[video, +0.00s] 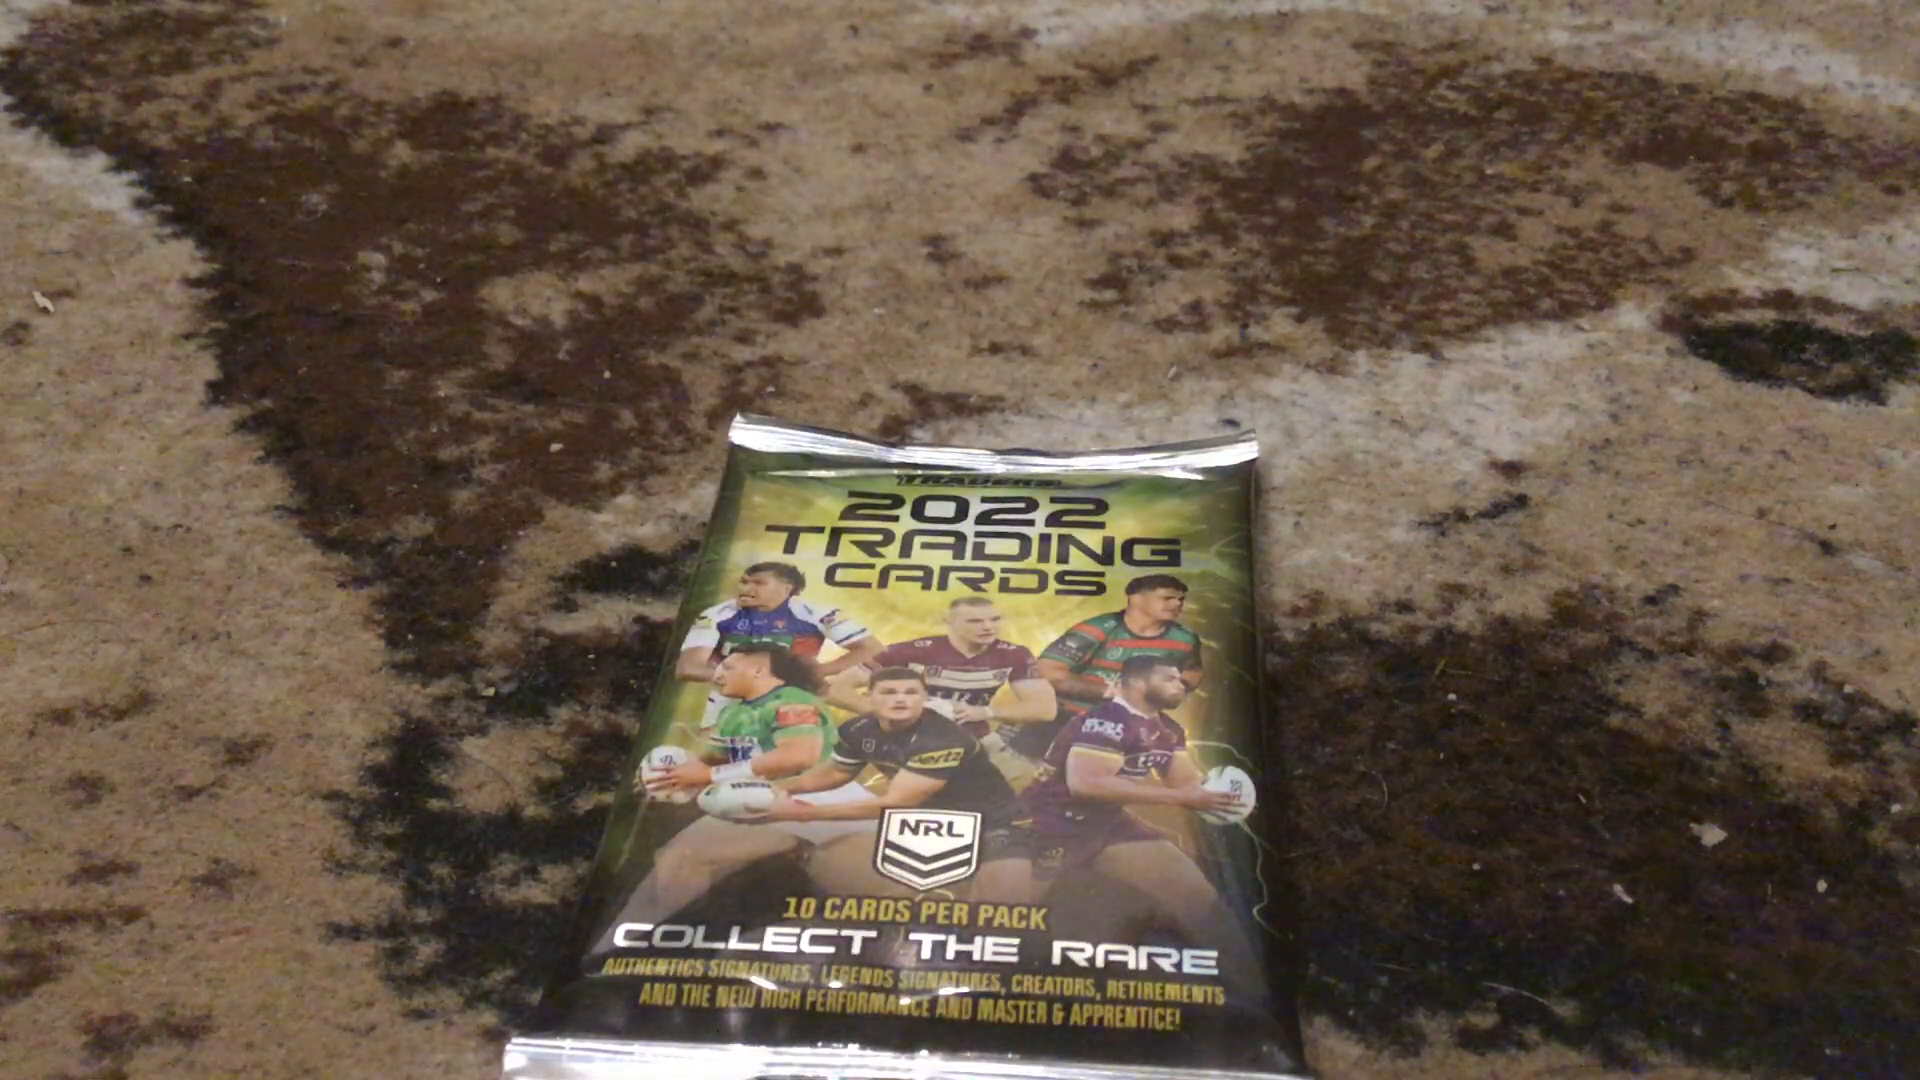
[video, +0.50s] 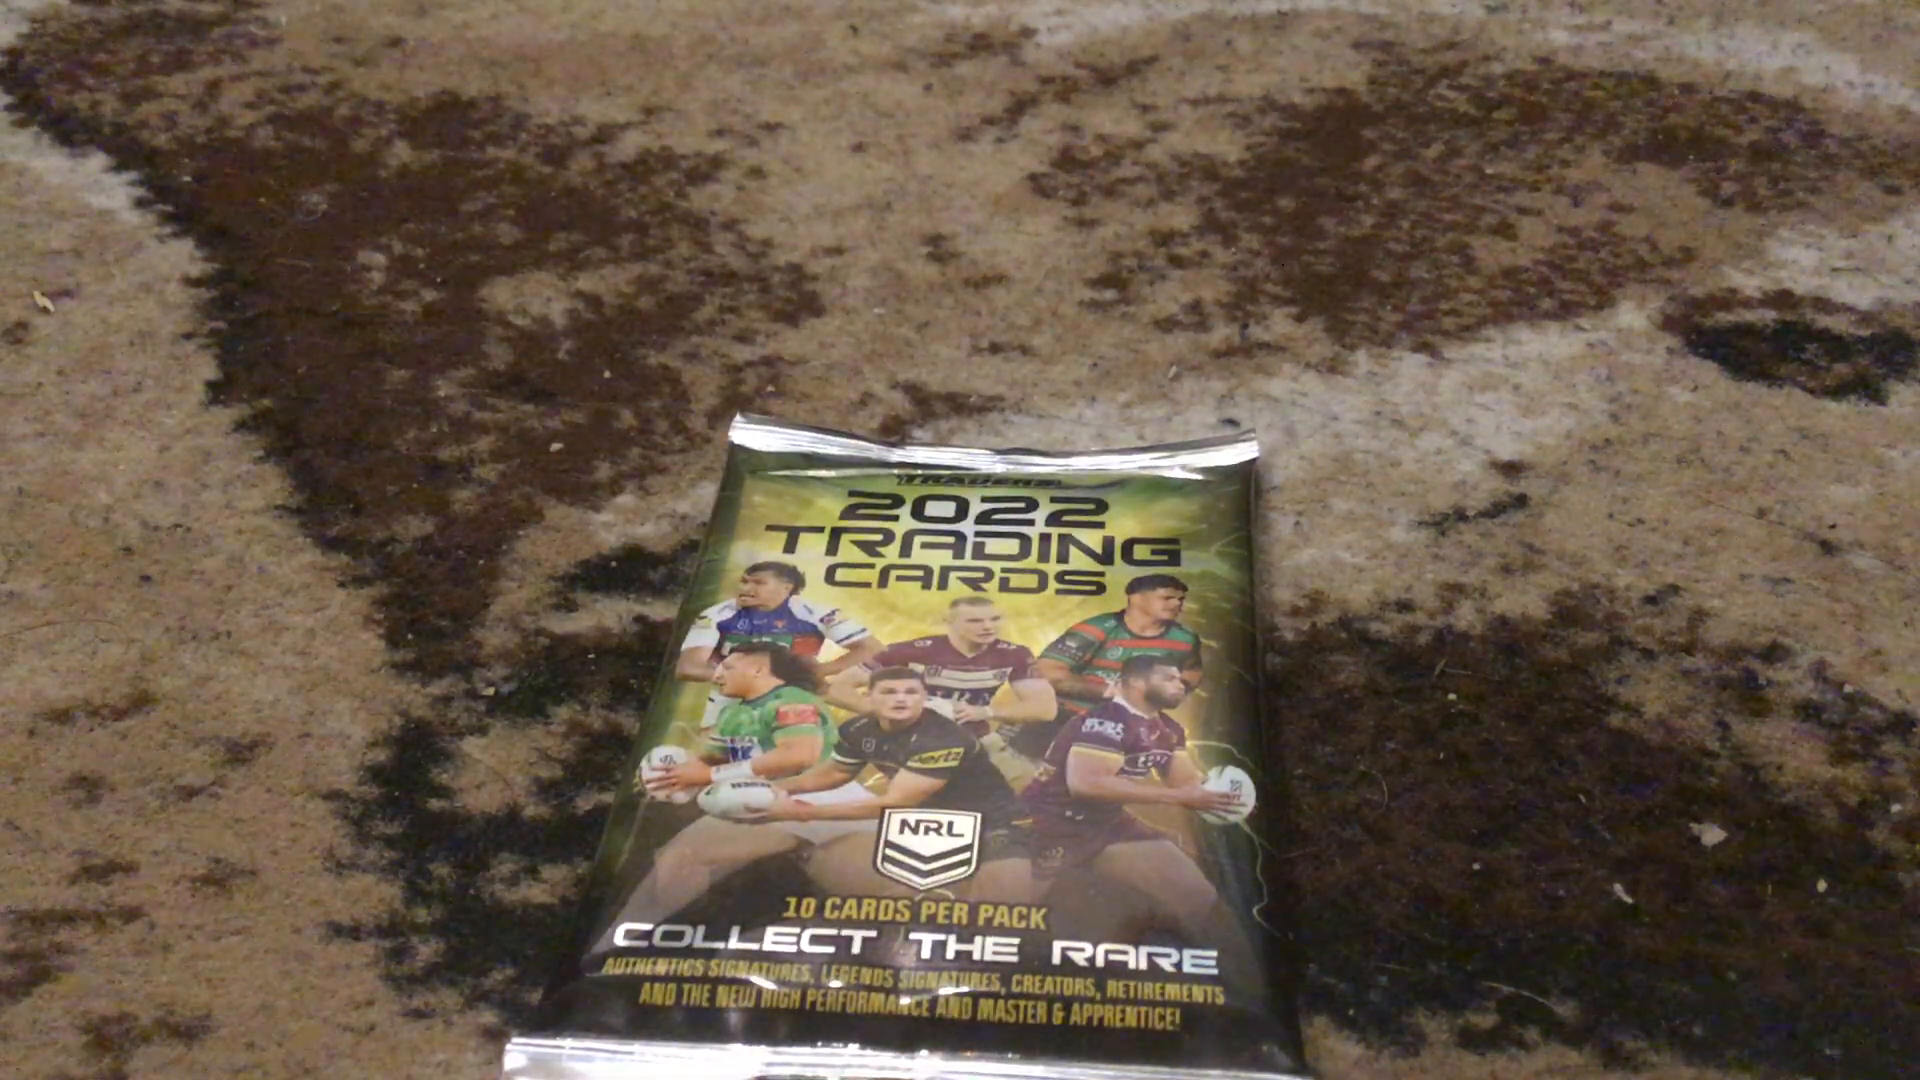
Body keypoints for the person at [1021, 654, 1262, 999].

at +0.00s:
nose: (1179, 683)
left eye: (1178, 678)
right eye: (1169, 678)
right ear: (1134, 681)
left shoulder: (1168, 732)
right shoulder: (1105, 720)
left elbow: (1187, 783)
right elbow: (1084, 781)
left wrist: (1224, 798)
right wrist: (1181, 796)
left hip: (1105, 826)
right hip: (1042, 827)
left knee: (1197, 898)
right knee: (1002, 927)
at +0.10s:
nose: (1179, 679)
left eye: (1178, 674)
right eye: (1167, 673)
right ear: (1135, 681)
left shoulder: (1168, 730)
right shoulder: (1107, 718)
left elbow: (1185, 781)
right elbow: (1085, 782)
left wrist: (1225, 797)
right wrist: (1181, 797)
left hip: (1104, 826)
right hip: (1045, 827)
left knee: (1189, 890)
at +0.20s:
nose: (1179, 682)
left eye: (1178, 677)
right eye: (1168, 677)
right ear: (1134, 682)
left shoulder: (1168, 732)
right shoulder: (1106, 719)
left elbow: (1187, 784)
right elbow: (1084, 781)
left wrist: (1227, 800)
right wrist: (1182, 796)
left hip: (1103, 826)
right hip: (1041, 826)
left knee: (1198, 900)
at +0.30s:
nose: (1179, 682)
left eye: (1178, 678)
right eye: (1168, 677)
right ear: (1135, 681)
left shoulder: (1168, 732)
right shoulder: (1106, 719)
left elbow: (1187, 784)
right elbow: (1085, 781)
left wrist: (1229, 799)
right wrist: (1182, 796)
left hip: (1104, 827)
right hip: (1043, 829)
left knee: (1199, 900)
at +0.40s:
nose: (1180, 683)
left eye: (1178, 678)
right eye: (1169, 677)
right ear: (1135, 681)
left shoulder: (1168, 732)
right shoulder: (1105, 720)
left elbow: (1188, 784)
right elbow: (1084, 781)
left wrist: (1230, 800)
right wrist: (1180, 796)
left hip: (1105, 827)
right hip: (1042, 827)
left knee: (1199, 900)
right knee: (997, 925)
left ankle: (1253, 1003)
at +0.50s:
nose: (1180, 683)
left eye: (1178, 678)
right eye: (1169, 678)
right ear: (1133, 682)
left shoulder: (1167, 732)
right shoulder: (1106, 720)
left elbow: (1188, 784)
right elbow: (1084, 781)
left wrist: (1225, 798)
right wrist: (1180, 796)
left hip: (1105, 825)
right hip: (1043, 826)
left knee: (1198, 899)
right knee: (997, 929)